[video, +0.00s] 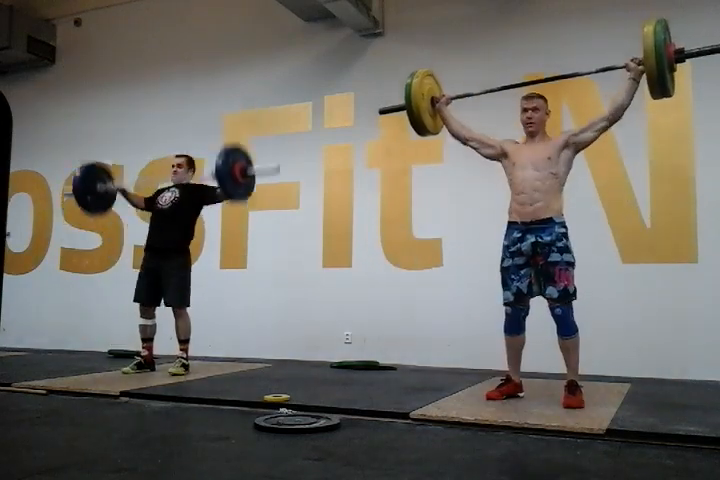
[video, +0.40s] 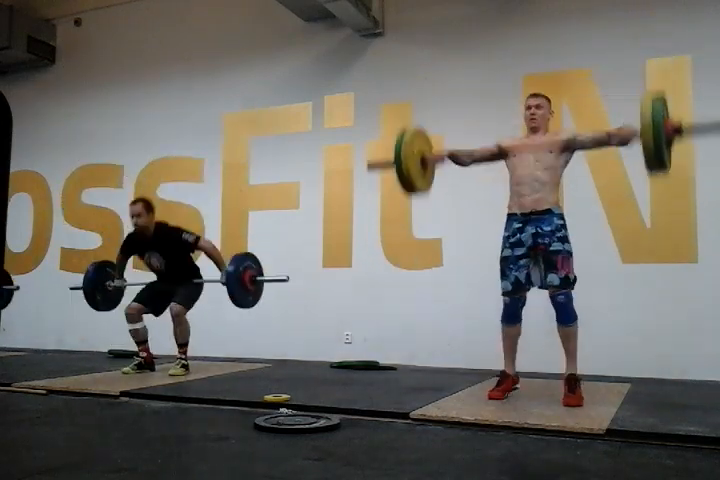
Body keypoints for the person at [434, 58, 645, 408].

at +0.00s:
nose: (529, 115)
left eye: (535, 110)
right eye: (525, 111)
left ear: (548, 114)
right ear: (520, 116)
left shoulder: (566, 145)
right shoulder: (508, 150)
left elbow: (612, 116)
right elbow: (465, 136)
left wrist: (634, 76)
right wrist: (441, 107)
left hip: (552, 232)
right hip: (516, 234)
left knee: (561, 309)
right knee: (514, 310)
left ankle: (572, 384)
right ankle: (512, 380)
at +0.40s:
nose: (532, 110)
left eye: (538, 106)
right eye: (528, 107)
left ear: (550, 114)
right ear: (523, 115)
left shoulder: (562, 142)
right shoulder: (511, 147)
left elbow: (607, 137)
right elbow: (471, 156)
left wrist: (641, 131)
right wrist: (442, 154)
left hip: (550, 223)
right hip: (516, 226)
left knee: (562, 301)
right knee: (511, 302)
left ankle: (572, 376)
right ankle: (509, 374)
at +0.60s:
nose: (521, 116)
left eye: (527, 110)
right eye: (517, 111)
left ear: (539, 113)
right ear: (511, 116)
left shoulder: (558, 147)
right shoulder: (500, 153)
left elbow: (599, 174)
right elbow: (467, 183)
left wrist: (627, 215)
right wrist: (444, 218)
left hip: (554, 235)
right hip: (518, 237)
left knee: (564, 307)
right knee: (512, 308)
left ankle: (573, 381)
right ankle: (510, 379)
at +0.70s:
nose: (514, 132)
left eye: (520, 126)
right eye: (509, 127)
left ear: (533, 130)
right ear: (504, 133)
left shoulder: (554, 166)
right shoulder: (496, 170)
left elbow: (595, 200)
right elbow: (467, 204)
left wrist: (625, 239)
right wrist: (446, 239)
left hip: (556, 243)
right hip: (520, 244)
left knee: (566, 309)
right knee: (510, 309)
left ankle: (572, 382)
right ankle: (510, 379)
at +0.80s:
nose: (510, 154)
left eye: (516, 149)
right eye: (505, 150)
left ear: (529, 151)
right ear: (500, 154)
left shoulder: (552, 181)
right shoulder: (492, 186)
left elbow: (596, 211)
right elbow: (463, 214)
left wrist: (626, 251)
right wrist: (445, 247)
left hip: (557, 246)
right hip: (520, 248)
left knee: (565, 308)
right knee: (511, 307)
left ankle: (573, 382)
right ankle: (510, 379)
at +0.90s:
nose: (508, 163)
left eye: (515, 157)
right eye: (504, 158)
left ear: (529, 159)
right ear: (499, 162)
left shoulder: (550, 189)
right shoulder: (491, 193)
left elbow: (595, 221)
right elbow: (463, 223)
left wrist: (625, 260)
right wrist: (444, 256)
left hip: (557, 247)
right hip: (520, 248)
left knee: (566, 308)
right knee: (511, 308)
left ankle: (572, 382)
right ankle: (511, 379)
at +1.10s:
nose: (512, 158)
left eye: (518, 152)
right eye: (507, 153)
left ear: (532, 155)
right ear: (503, 157)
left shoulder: (552, 186)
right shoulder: (495, 189)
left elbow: (594, 221)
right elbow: (466, 221)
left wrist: (625, 262)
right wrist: (443, 256)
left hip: (556, 248)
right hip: (520, 249)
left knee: (566, 308)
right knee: (510, 308)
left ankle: (572, 382)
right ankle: (510, 379)